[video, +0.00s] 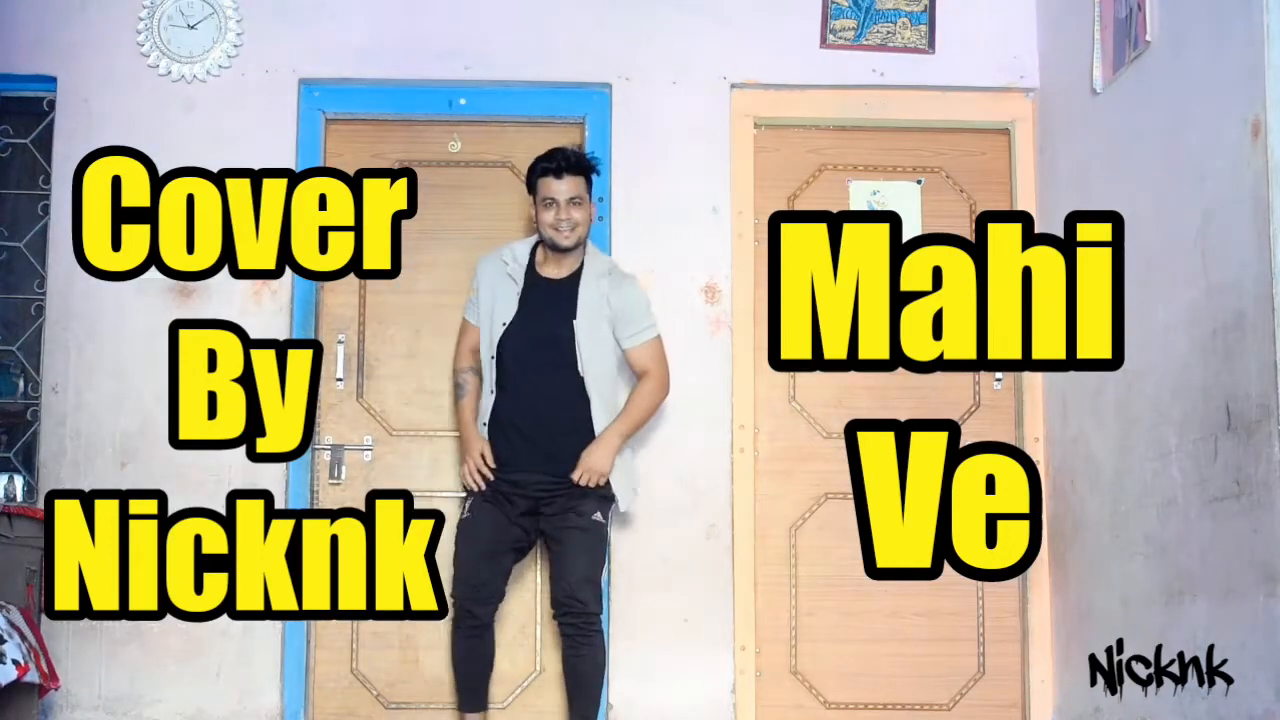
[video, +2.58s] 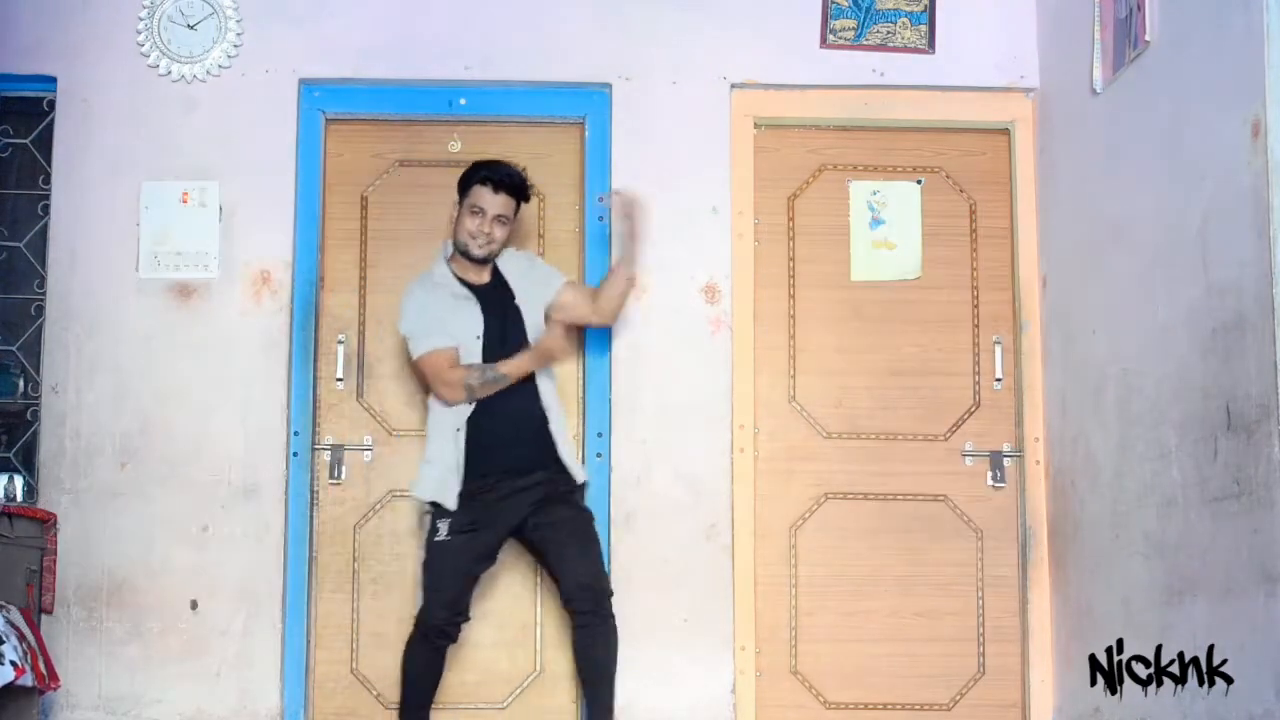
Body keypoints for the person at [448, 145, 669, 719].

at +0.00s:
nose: (563, 215)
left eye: (575, 202)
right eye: (550, 203)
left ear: (593, 209)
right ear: (534, 210)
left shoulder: (616, 285)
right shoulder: (496, 271)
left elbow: (655, 378)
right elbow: (469, 358)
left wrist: (610, 442)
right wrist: (469, 432)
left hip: (576, 487)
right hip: (500, 482)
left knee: (579, 615)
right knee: (470, 608)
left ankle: (585, 719)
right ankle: (472, 714)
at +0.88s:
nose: (472, 215)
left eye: (488, 205)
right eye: (464, 201)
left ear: (506, 212)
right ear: (450, 203)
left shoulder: (540, 264)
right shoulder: (418, 297)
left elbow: (586, 343)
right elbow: (409, 396)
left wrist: (580, 417)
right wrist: (425, 460)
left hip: (545, 469)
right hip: (464, 481)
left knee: (562, 611)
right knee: (432, 615)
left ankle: (580, 719)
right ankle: (413, 718)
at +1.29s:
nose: (433, 203)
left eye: (447, 194)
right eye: (423, 192)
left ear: (467, 206)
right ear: (410, 202)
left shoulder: (488, 271)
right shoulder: (377, 275)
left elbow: (516, 353)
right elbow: (335, 362)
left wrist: (520, 423)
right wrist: (367, 448)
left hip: (486, 474)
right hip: (409, 478)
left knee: (517, 595)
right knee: (405, 613)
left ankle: (501, 714)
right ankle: (404, 718)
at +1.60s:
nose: (427, 201)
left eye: (439, 191)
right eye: (416, 190)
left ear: (458, 201)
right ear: (398, 199)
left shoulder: (485, 271)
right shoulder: (372, 274)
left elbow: (559, 320)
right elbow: (360, 349)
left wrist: (601, 380)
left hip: (473, 472)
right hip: (395, 476)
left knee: (476, 611)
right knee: (393, 613)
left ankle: (473, 718)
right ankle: (387, 717)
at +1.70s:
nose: (424, 206)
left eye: (436, 195)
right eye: (414, 194)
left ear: (453, 204)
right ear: (394, 201)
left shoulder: (481, 267)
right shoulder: (369, 276)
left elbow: (549, 333)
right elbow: (380, 363)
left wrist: (559, 305)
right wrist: (456, 331)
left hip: (466, 474)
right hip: (388, 478)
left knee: (488, 594)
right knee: (383, 611)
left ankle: (470, 711)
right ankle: (384, 717)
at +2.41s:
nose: (466, 238)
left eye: (480, 230)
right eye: (457, 222)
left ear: (493, 237)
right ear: (436, 222)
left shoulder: (505, 285)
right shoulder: (407, 312)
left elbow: (572, 334)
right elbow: (420, 406)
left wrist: (557, 259)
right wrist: (479, 339)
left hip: (513, 490)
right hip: (435, 499)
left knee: (570, 585)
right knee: (417, 628)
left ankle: (544, 713)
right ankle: (404, 719)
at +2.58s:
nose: (485, 228)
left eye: (501, 220)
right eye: (477, 213)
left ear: (513, 226)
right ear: (457, 210)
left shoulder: (527, 272)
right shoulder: (426, 295)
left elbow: (598, 310)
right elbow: (449, 385)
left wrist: (629, 243)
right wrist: (538, 354)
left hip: (548, 484)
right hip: (468, 495)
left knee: (593, 601)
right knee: (437, 625)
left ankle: (600, 715)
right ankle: (412, 716)